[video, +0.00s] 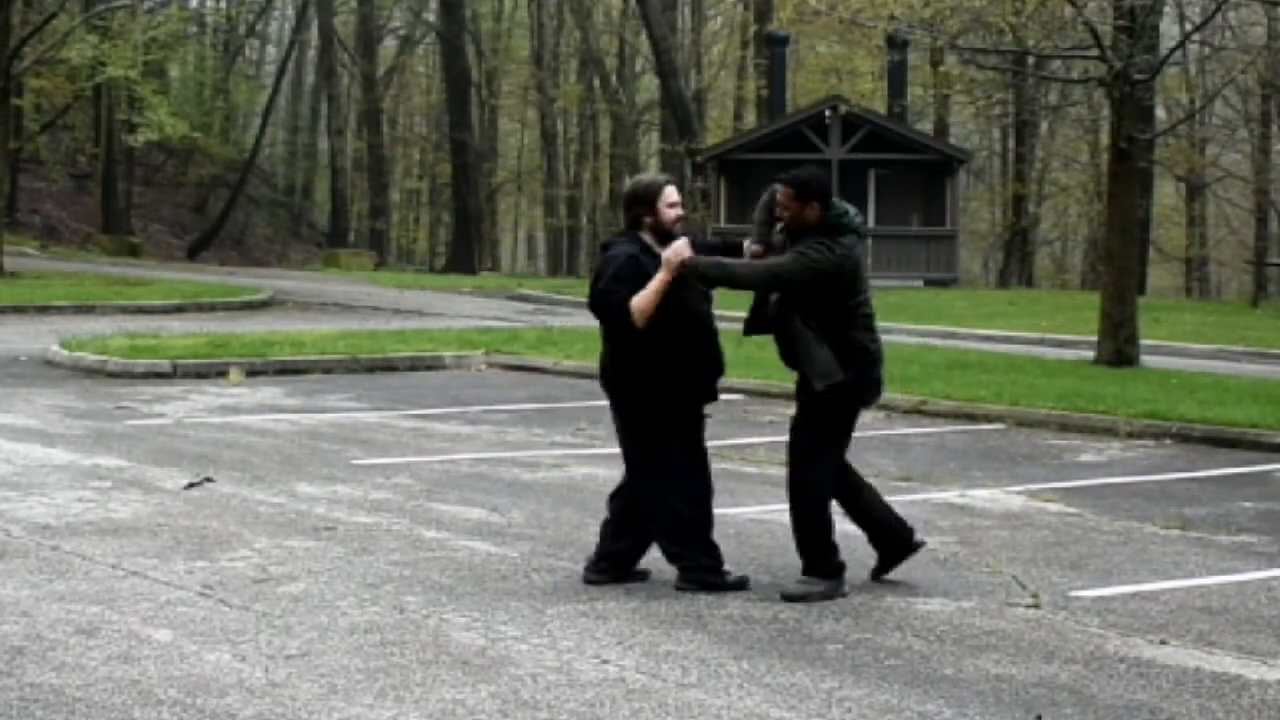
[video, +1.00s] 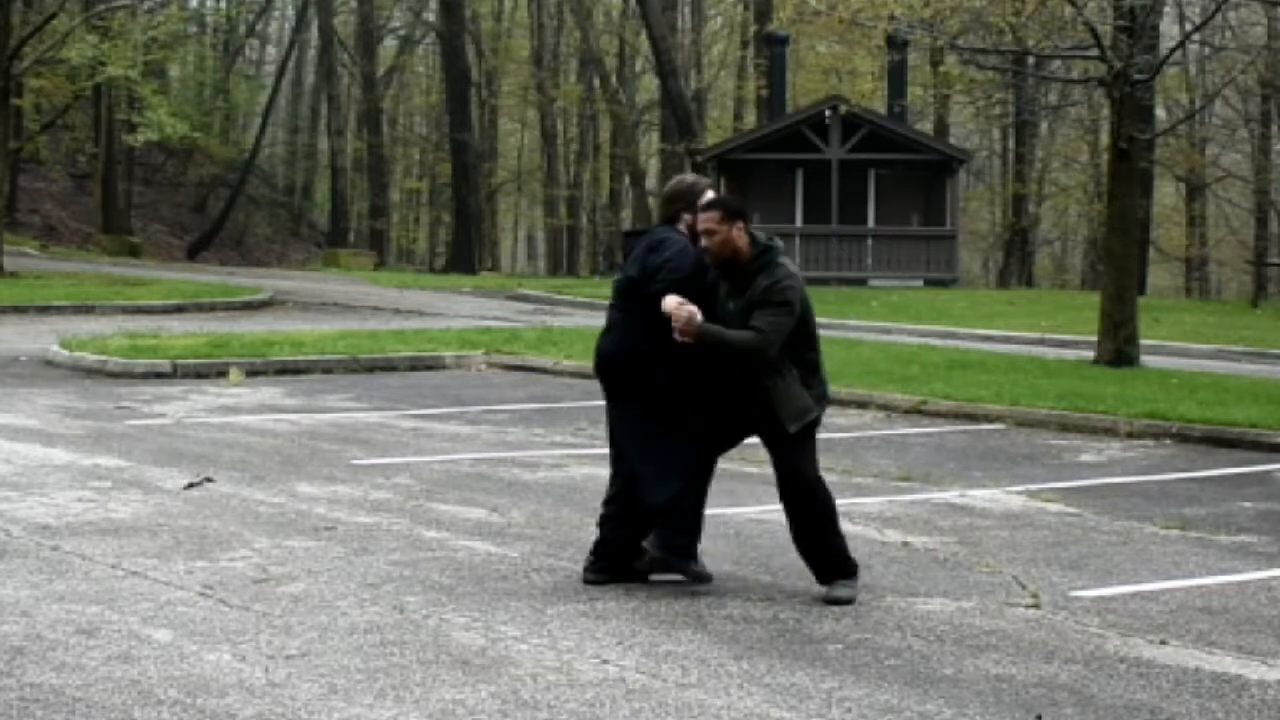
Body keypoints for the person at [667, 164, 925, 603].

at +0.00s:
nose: (780, 216)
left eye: (788, 209)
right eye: (779, 207)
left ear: (813, 209)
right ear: (811, 207)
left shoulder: (829, 252)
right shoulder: (816, 236)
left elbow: (760, 275)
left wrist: (690, 266)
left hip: (839, 376)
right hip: (825, 371)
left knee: (809, 470)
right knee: (824, 464)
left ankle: (824, 574)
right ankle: (893, 538)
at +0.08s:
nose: (770, 222)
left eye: (777, 216)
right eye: (770, 214)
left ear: (803, 217)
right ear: (796, 216)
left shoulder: (826, 254)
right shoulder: (789, 237)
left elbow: (749, 270)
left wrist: (694, 240)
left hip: (837, 373)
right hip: (806, 369)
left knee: (796, 456)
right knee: (787, 452)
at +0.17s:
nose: (764, 226)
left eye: (771, 219)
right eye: (765, 217)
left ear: (796, 222)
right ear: (792, 219)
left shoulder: (820, 258)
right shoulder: (781, 244)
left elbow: (745, 271)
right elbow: (736, 263)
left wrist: (720, 231)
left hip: (825, 383)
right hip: (790, 376)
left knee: (800, 466)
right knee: (757, 445)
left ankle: (825, 569)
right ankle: (809, 536)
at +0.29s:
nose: (760, 228)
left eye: (768, 222)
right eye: (760, 221)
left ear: (794, 223)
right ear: (783, 223)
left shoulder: (823, 256)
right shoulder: (776, 249)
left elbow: (757, 264)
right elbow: (732, 284)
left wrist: (745, 232)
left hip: (821, 384)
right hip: (777, 378)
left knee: (809, 475)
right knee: (746, 464)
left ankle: (824, 572)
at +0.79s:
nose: (738, 210)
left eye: (746, 203)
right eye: (736, 201)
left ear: (774, 203)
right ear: (746, 202)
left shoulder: (810, 248)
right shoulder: (738, 243)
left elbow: (784, 297)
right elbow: (718, 302)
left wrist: (721, 274)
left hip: (807, 381)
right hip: (752, 380)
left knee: (815, 472)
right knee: (726, 462)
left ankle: (834, 573)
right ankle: (728, 555)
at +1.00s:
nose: (702, 242)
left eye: (710, 234)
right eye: (700, 234)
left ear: (738, 231)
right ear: (725, 233)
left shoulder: (781, 281)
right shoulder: (715, 273)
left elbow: (764, 342)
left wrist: (701, 328)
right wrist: (680, 311)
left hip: (788, 396)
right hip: (740, 392)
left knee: (800, 482)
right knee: (691, 455)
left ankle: (839, 575)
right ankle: (672, 549)